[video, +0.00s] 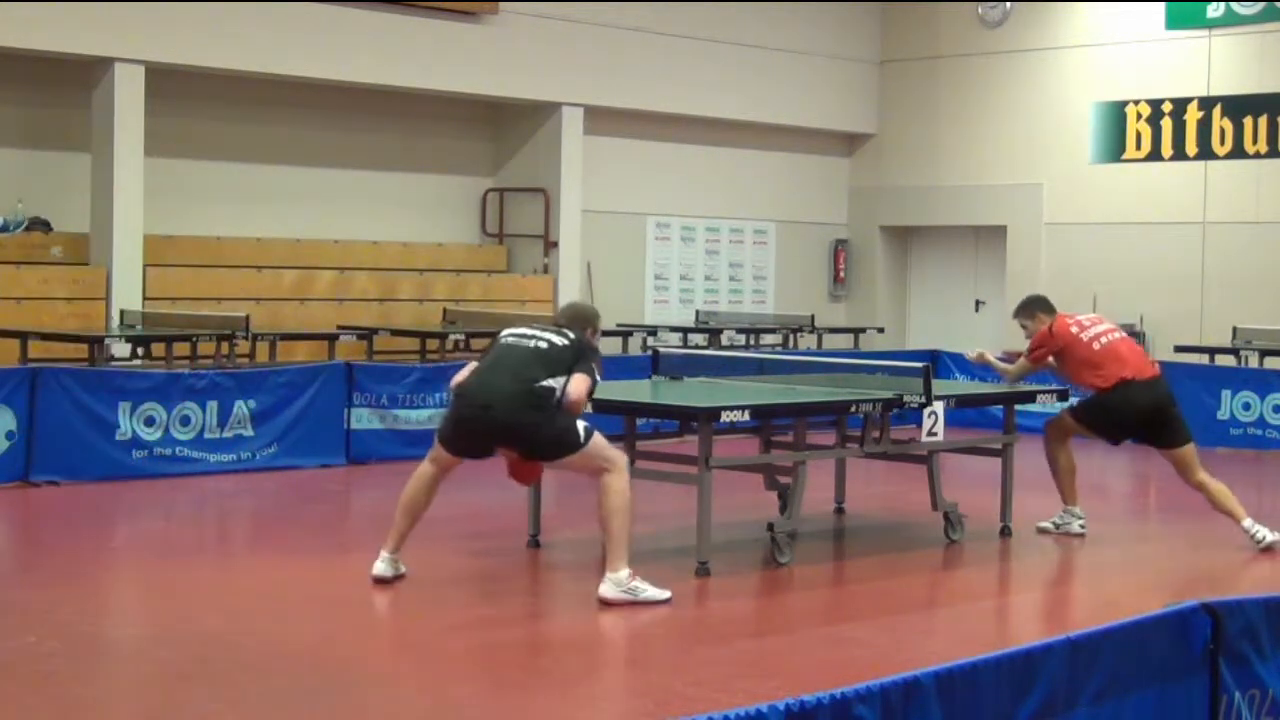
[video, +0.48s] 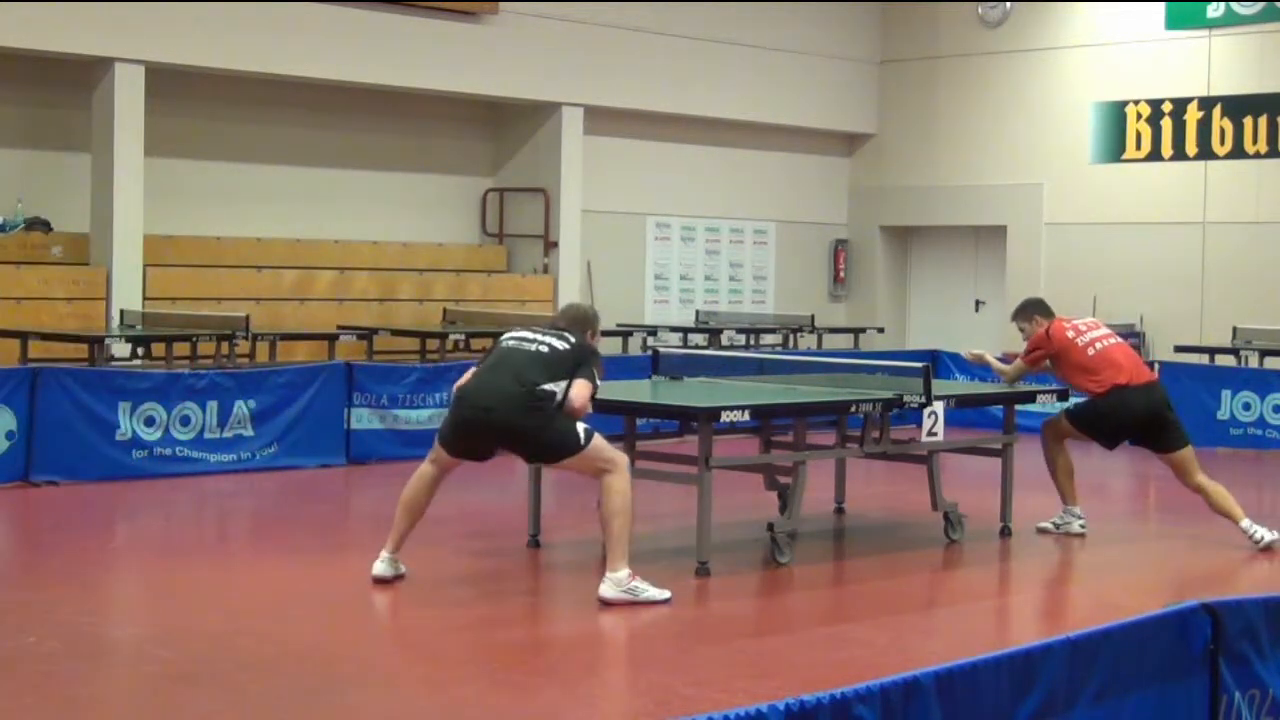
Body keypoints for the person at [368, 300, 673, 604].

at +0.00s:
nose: (597, 342)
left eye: (596, 336)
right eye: (597, 336)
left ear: (559, 322)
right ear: (589, 332)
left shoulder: (512, 334)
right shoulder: (584, 349)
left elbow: (458, 382)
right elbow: (574, 396)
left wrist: (501, 432)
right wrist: (558, 436)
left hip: (471, 408)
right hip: (529, 415)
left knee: (435, 464)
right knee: (615, 465)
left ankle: (386, 557)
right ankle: (618, 576)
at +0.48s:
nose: (598, 343)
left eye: (596, 337)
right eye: (597, 337)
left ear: (558, 324)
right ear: (589, 334)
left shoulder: (515, 336)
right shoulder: (585, 352)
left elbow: (461, 385)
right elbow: (577, 402)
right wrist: (571, 423)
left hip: (471, 408)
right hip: (527, 415)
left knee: (434, 465)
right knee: (616, 465)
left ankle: (386, 557)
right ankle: (618, 577)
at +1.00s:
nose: (595, 331)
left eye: (594, 325)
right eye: (595, 325)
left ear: (554, 315)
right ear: (586, 323)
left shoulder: (517, 328)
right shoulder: (585, 343)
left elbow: (508, 374)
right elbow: (601, 412)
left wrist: (560, 390)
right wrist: (589, 430)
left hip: (470, 408)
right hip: (525, 415)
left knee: (435, 464)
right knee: (616, 466)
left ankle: (386, 557)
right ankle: (618, 577)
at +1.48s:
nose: (589, 305)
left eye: (588, 300)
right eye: (588, 300)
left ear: (544, 296)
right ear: (580, 301)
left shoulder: (512, 313)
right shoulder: (581, 325)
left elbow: (501, 361)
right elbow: (602, 397)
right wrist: (598, 392)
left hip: (472, 404)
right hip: (529, 410)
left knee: (435, 463)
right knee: (616, 465)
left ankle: (386, 557)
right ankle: (618, 576)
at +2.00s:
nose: (592, 284)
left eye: (591, 277)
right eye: (591, 277)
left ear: (547, 276)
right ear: (582, 279)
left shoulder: (515, 298)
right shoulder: (583, 307)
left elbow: (500, 346)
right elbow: (607, 376)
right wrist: (614, 375)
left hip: (479, 399)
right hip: (533, 404)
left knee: (438, 466)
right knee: (620, 468)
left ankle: (387, 557)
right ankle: (617, 576)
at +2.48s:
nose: (590, 256)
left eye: (587, 251)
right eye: (588, 250)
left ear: (545, 253)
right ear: (582, 252)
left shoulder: (519, 284)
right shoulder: (595, 283)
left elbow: (486, 351)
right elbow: (630, 344)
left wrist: (517, 362)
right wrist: (632, 366)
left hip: (516, 391)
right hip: (571, 394)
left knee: (482, 457)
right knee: (637, 466)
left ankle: (452, 554)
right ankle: (625, 567)